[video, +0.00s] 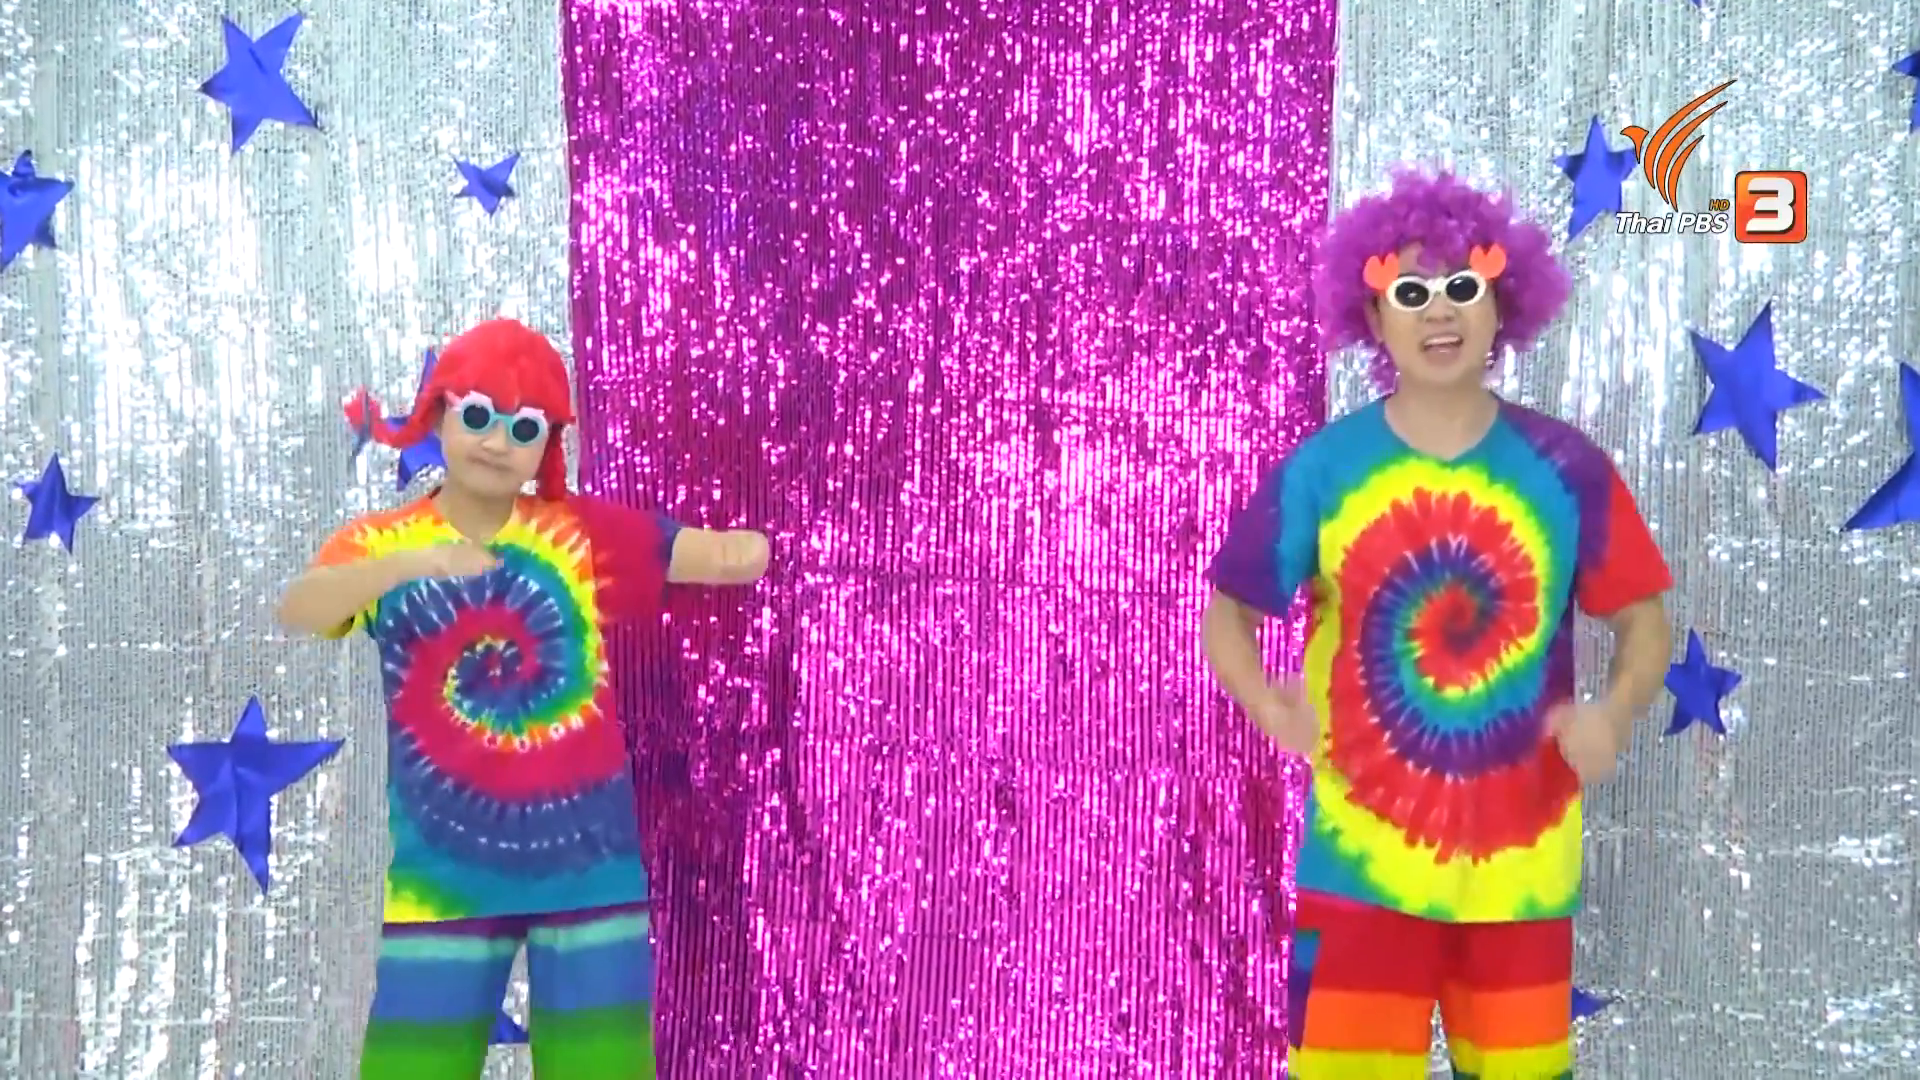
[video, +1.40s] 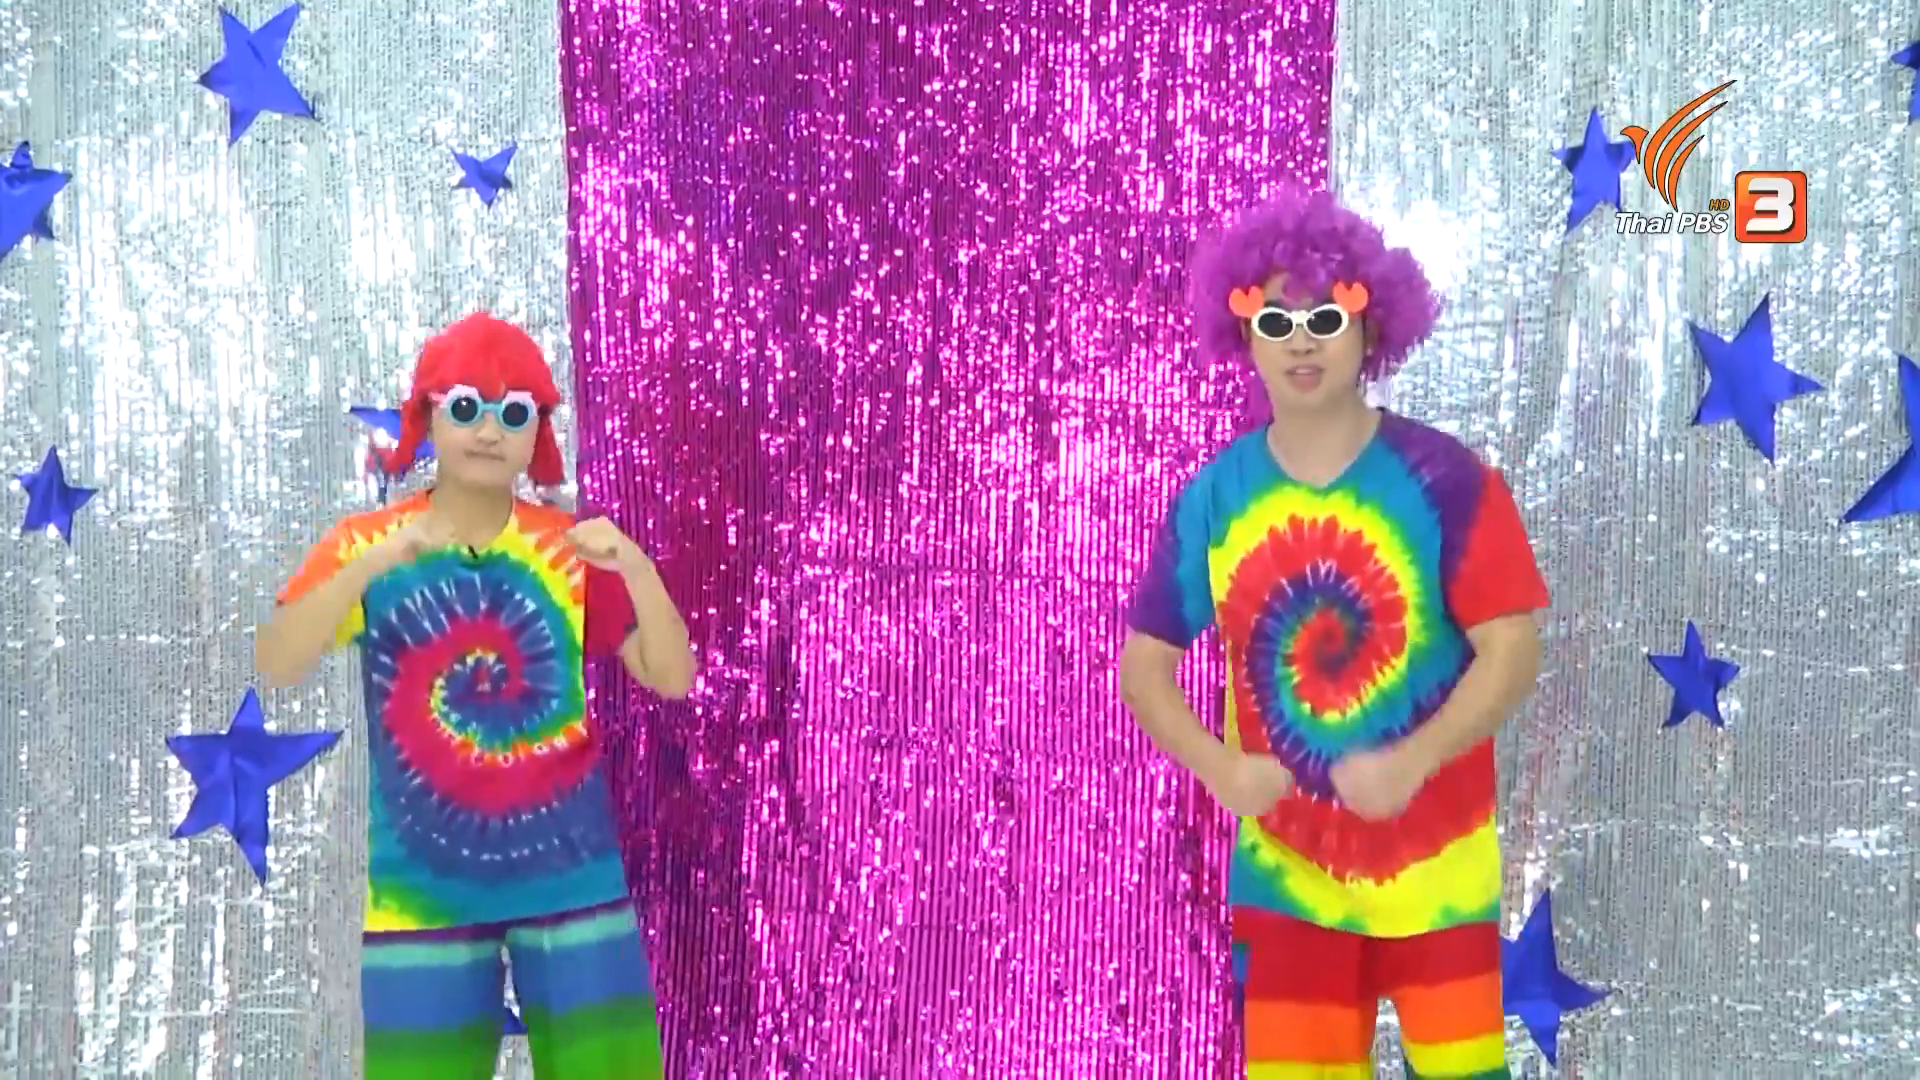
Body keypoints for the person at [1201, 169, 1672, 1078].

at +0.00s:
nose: (1439, 311)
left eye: (1461, 288)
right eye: (1411, 292)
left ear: (1498, 307)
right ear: (1374, 317)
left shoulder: (1568, 465)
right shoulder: (1322, 467)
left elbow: (1648, 616)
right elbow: (1227, 612)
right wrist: (1272, 710)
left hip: (1522, 864)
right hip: (1363, 863)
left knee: (1521, 1066)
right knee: (1347, 1066)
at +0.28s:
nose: (1527, 315)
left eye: (1550, 294)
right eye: (1499, 296)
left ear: (1585, 312)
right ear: (1458, 315)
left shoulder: (1626, 474)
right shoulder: (1383, 457)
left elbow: (1656, 659)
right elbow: (1281, 605)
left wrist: (1663, 843)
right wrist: (1328, 773)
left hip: (1553, 868)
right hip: (1396, 857)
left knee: (1548, 1069)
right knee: (1366, 1066)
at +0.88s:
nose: (1411, 316)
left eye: (1437, 295)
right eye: (1386, 296)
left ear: (1478, 318)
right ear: (1353, 319)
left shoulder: (1541, 478)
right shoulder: (1290, 471)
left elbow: (1596, 671)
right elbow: (1229, 638)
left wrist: (1602, 852)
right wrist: (1222, 798)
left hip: (1487, 872)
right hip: (1330, 868)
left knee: (1501, 1065)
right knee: (1321, 1066)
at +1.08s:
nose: (1329, 337)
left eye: (1356, 316)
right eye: (1306, 317)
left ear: (1397, 332)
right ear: (1279, 334)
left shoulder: (1476, 481)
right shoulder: (1241, 490)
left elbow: (1551, 646)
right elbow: (1184, 638)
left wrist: (1536, 777)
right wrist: (1175, 754)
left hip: (1447, 875)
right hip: (1296, 877)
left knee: (1468, 1065)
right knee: (1298, 1068)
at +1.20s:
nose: (1308, 329)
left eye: (1332, 304)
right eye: (1283, 308)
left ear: (1375, 313)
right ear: (1256, 322)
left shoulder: (1463, 455)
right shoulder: (1222, 471)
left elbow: (1573, 619)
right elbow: (1155, 596)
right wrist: (1136, 642)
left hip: (1438, 846)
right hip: (1289, 853)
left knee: (1457, 1062)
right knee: (1308, 1065)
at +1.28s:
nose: (1301, 329)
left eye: (1325, 304)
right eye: (1276, 308)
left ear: (1368, 310)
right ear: (1247, 319)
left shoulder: (1457, 452)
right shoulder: (1214, 472)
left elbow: (1555, 617)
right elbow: (1146, 603)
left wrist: (1491, 611)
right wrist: (1137, 647)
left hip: (1438, 846)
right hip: (1290, 852)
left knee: (1456, 1062)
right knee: (1305, 1066)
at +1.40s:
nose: (1302, 346)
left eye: (1326, 322)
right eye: (1275, 324)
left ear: (1366, 333)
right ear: (1247, 340)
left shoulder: (1448, 478)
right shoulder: (1216, 495)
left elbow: (1515, 651)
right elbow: (1141, 668)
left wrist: (1410, 761)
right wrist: (1221, 767)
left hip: (1437, 872)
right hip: (1290, 876)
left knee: (1460, 1068)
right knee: (1294, 1070)